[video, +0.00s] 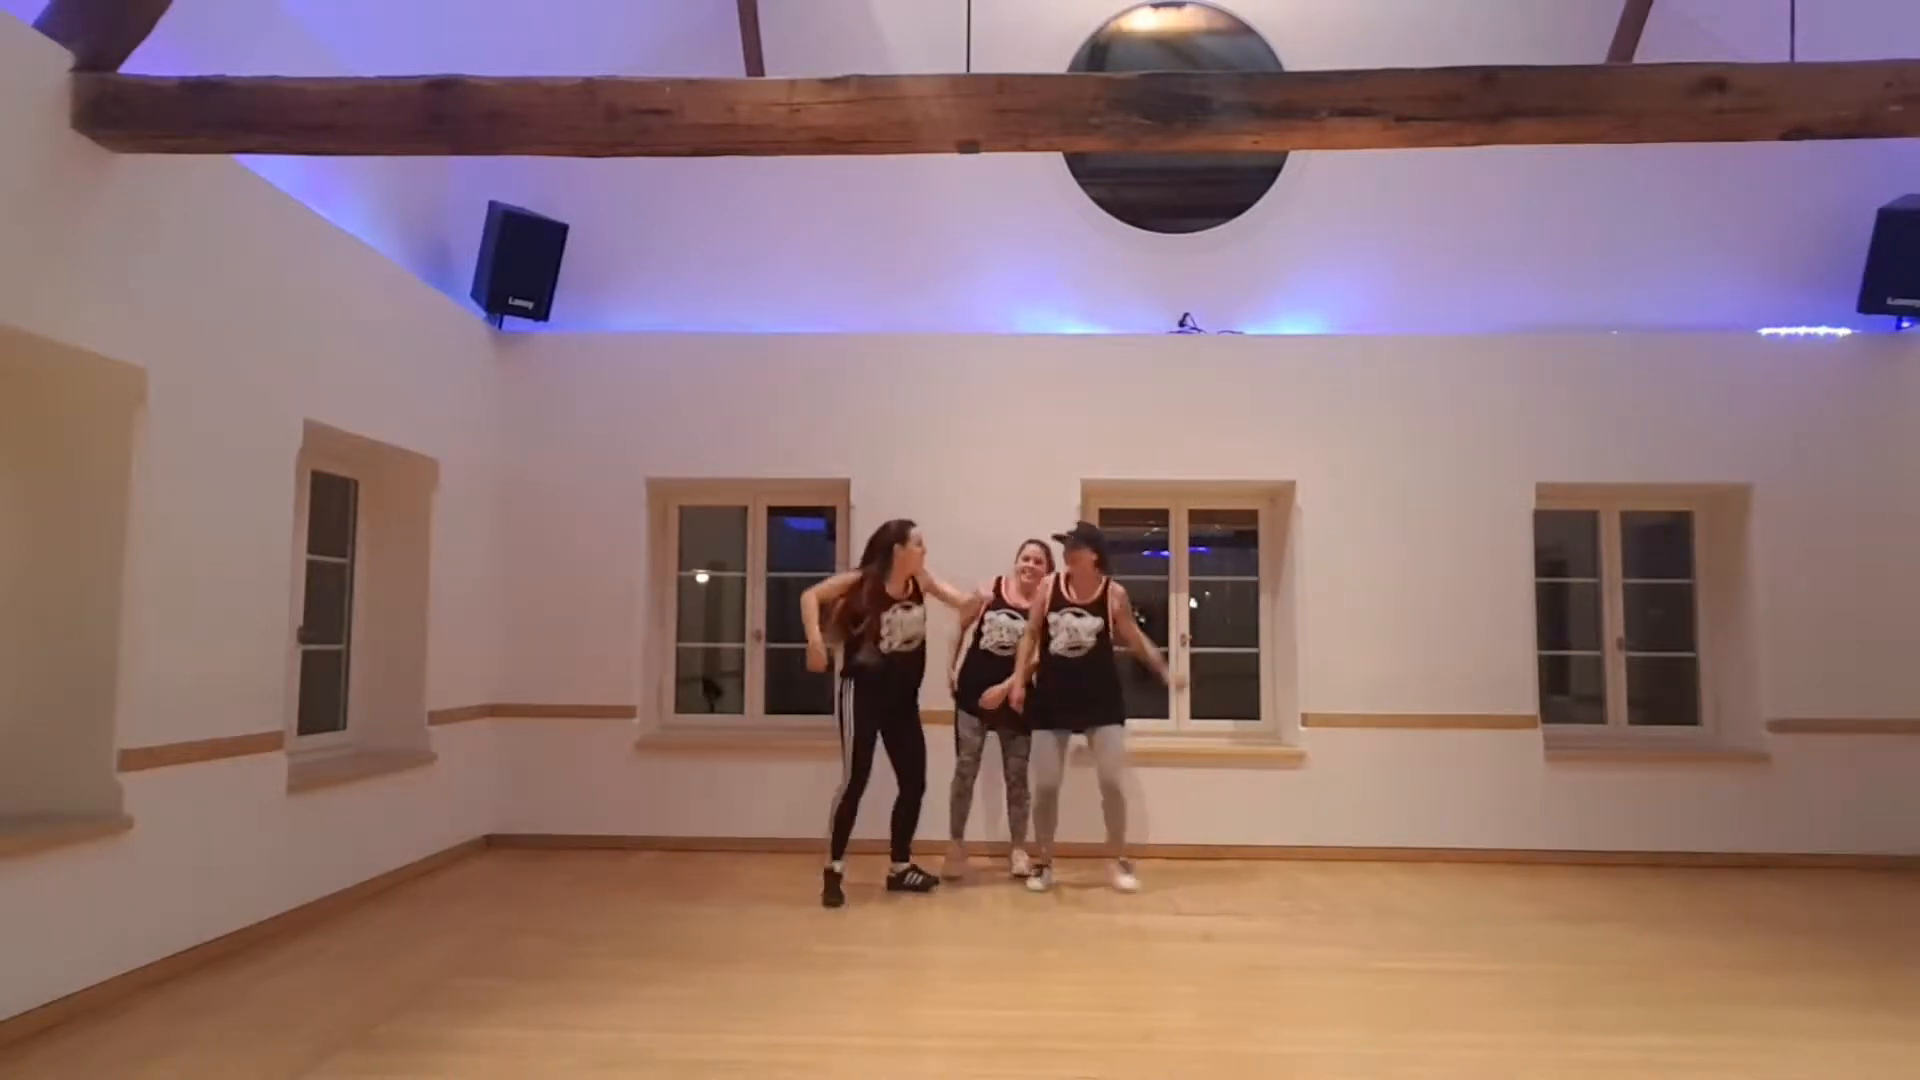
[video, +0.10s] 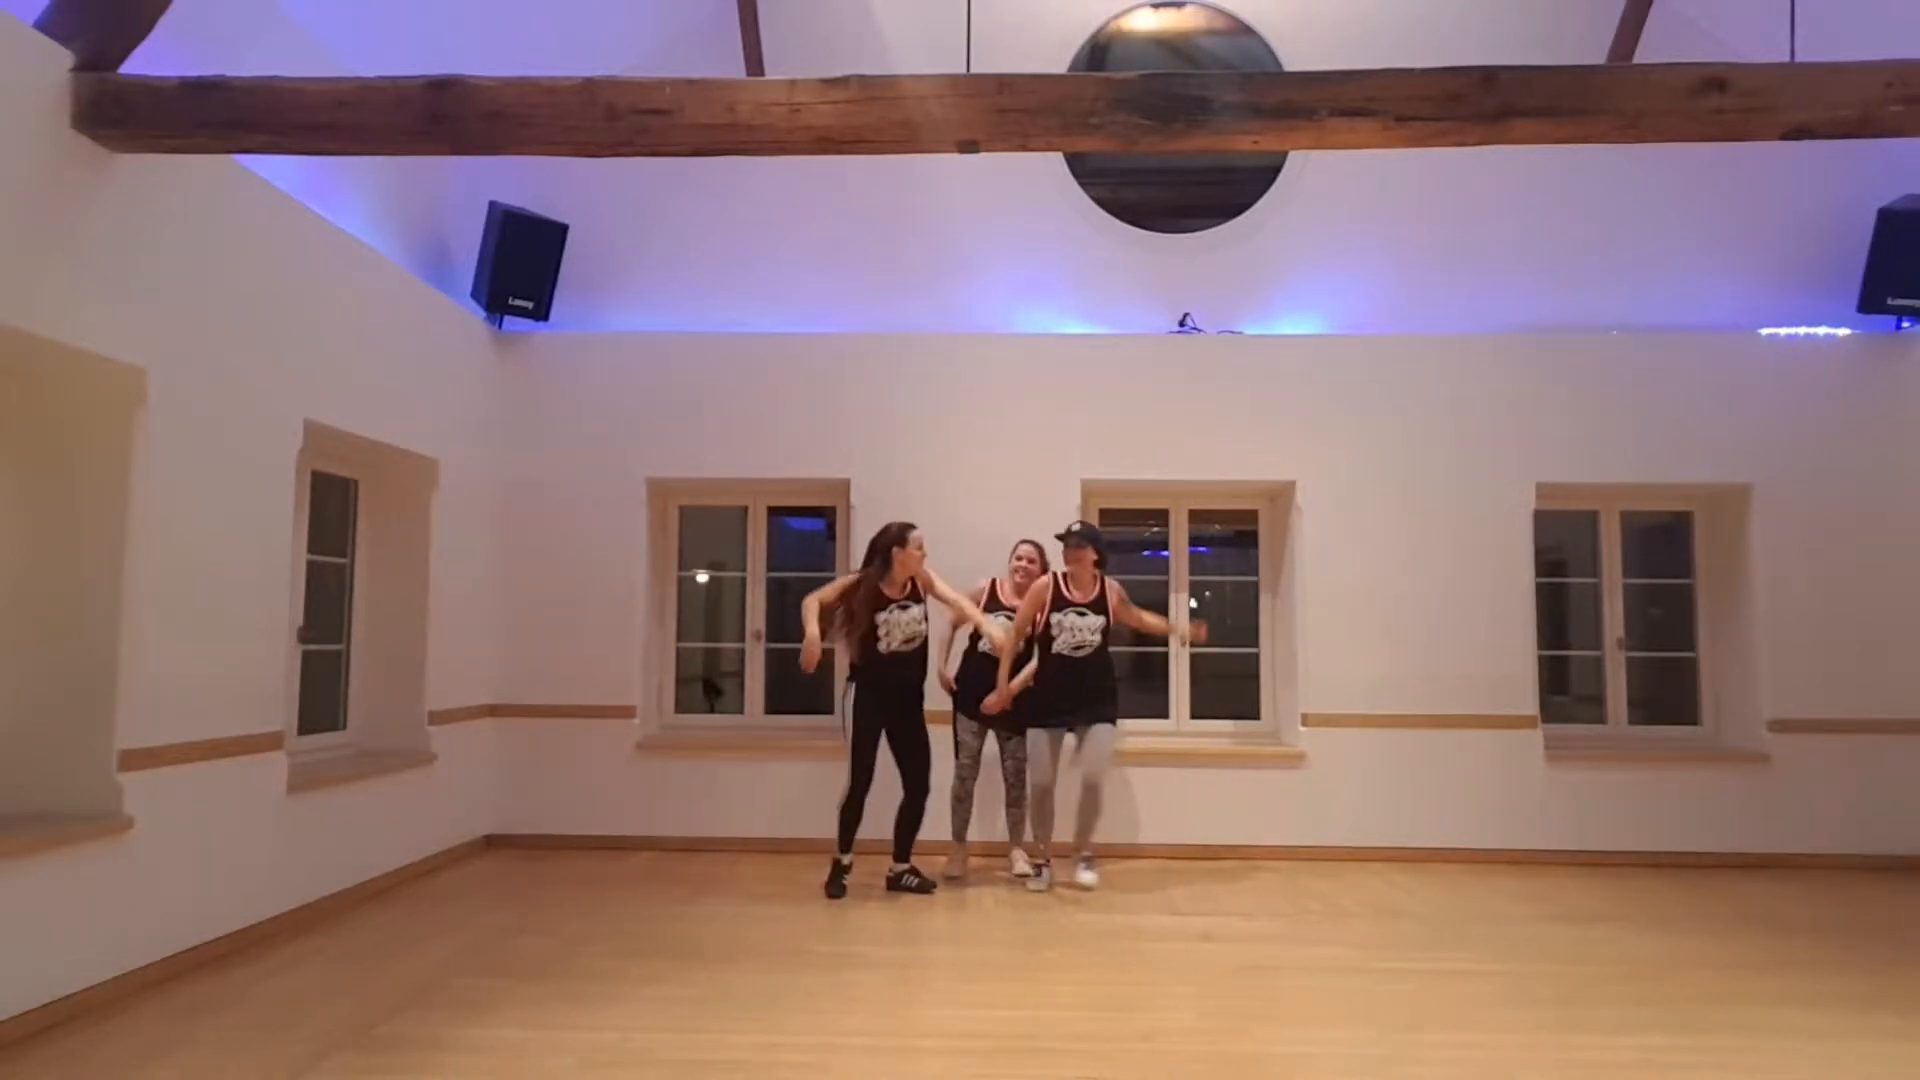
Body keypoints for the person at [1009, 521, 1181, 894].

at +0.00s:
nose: (1069, 556)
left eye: (1077, 551)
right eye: (1068, 550)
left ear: (1095, 555)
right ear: (1065, 554)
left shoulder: (1114, 594)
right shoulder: (1049, 587)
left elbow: (1133, 637)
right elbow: (1031, 635)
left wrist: (1163, 672)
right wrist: (1018, 679)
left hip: (1101, 697)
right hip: (1052, 698)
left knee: (1111, 780)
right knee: (1045, 783)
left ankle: (1118, 860)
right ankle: (1042, 863)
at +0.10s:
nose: (1071, 553)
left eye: (1079, 547)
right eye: (1068, 546)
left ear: (1095, 553)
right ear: (1063, 551)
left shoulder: (1110, 592)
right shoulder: (1044, 587)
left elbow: (1137, 619)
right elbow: (1016, 635)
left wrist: (1181, 629)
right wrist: (1001, 688)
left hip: (1097, 695)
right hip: (1048, 695)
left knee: (1094, 775)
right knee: (1042, 781)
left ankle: (1084, 858)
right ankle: (1041, 862)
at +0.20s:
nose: (1082, 572)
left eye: (1087, 565)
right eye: (1075, 565)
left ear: (1097, 567)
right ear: (1065, 567)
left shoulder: (1110, 600)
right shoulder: (1046, 605)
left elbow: (1142, 598)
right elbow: (1001, 639)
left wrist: (1174, 587)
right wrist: (991, 680)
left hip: (1089, 710)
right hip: (1045, 709)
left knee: (1068, 791)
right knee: (1045, 791)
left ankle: (1062, 859)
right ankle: (1045, 862)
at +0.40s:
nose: (1090, 581)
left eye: (1094, 574)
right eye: (1083, 575)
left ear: (1098, 576)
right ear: (1068, 578)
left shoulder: (1108, 594)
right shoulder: (1053, 614)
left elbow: (1143, 560)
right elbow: (1007, 641)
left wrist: (1178, 573)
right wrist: (1012, 688)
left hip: (1093, 717)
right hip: (1049, 718)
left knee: (1102, 786)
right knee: (1053, 791)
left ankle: (1074, 852)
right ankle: (1044, 864)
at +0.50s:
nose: (1080, 563)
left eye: (1086, 556)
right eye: (1074, 556)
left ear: (1096, 556)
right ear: (1064, 558)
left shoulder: (1117, 582)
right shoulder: (1049, 595)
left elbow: (1169, 588)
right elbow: (1025, 640)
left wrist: (1155, 612)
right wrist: (1035, 686)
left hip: (1112, 700)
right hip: (1064, 703)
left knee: (1139, 769)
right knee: (1055, 788)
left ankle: (1124, 848)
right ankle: (1044, 862)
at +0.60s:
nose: (1068, 556)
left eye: (1074, 549)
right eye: (1066, 549)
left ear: (1095, 550)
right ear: (1068, 552)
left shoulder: (1125, 586)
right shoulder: (1060, 587)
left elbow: (1137, 639)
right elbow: (1047, 640)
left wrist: (1111, 634)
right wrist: (1048, 688)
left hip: (1128, 692)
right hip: (1076, 696)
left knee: (1166, 766)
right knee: (1069, 779)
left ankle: (1180, 851)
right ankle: (1059, 861)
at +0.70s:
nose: (1081, 567)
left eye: (1086, 561)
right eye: (1081, 561)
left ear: (1105, 563)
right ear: (1089, 565)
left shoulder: (1130, 594)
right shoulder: (1087, 599)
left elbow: (1104, 645)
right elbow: (1072, 645)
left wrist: (1063, 634)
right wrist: (1056, 689)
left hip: (1141, 704)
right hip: (1095, 707)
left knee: (1182, 780)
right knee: (1078, 787)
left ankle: (1224, 857)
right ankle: (1074, 867)